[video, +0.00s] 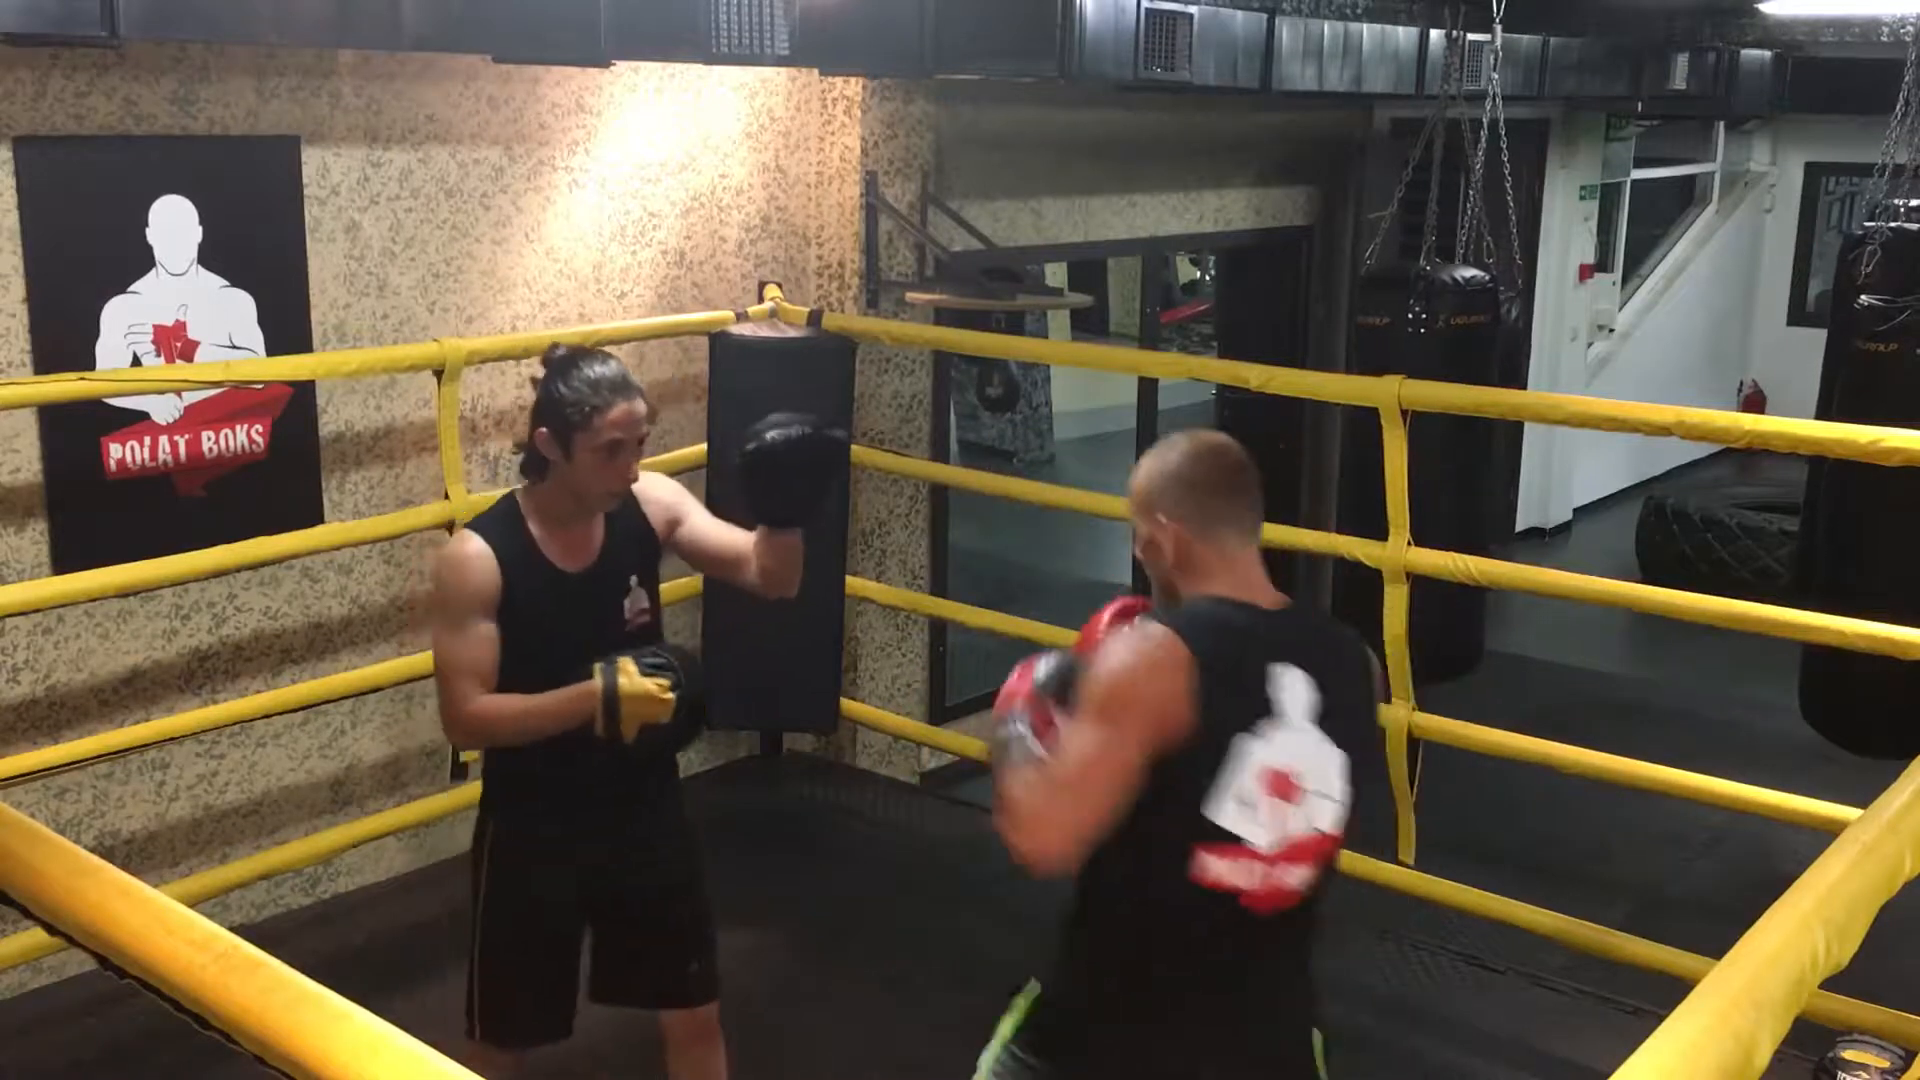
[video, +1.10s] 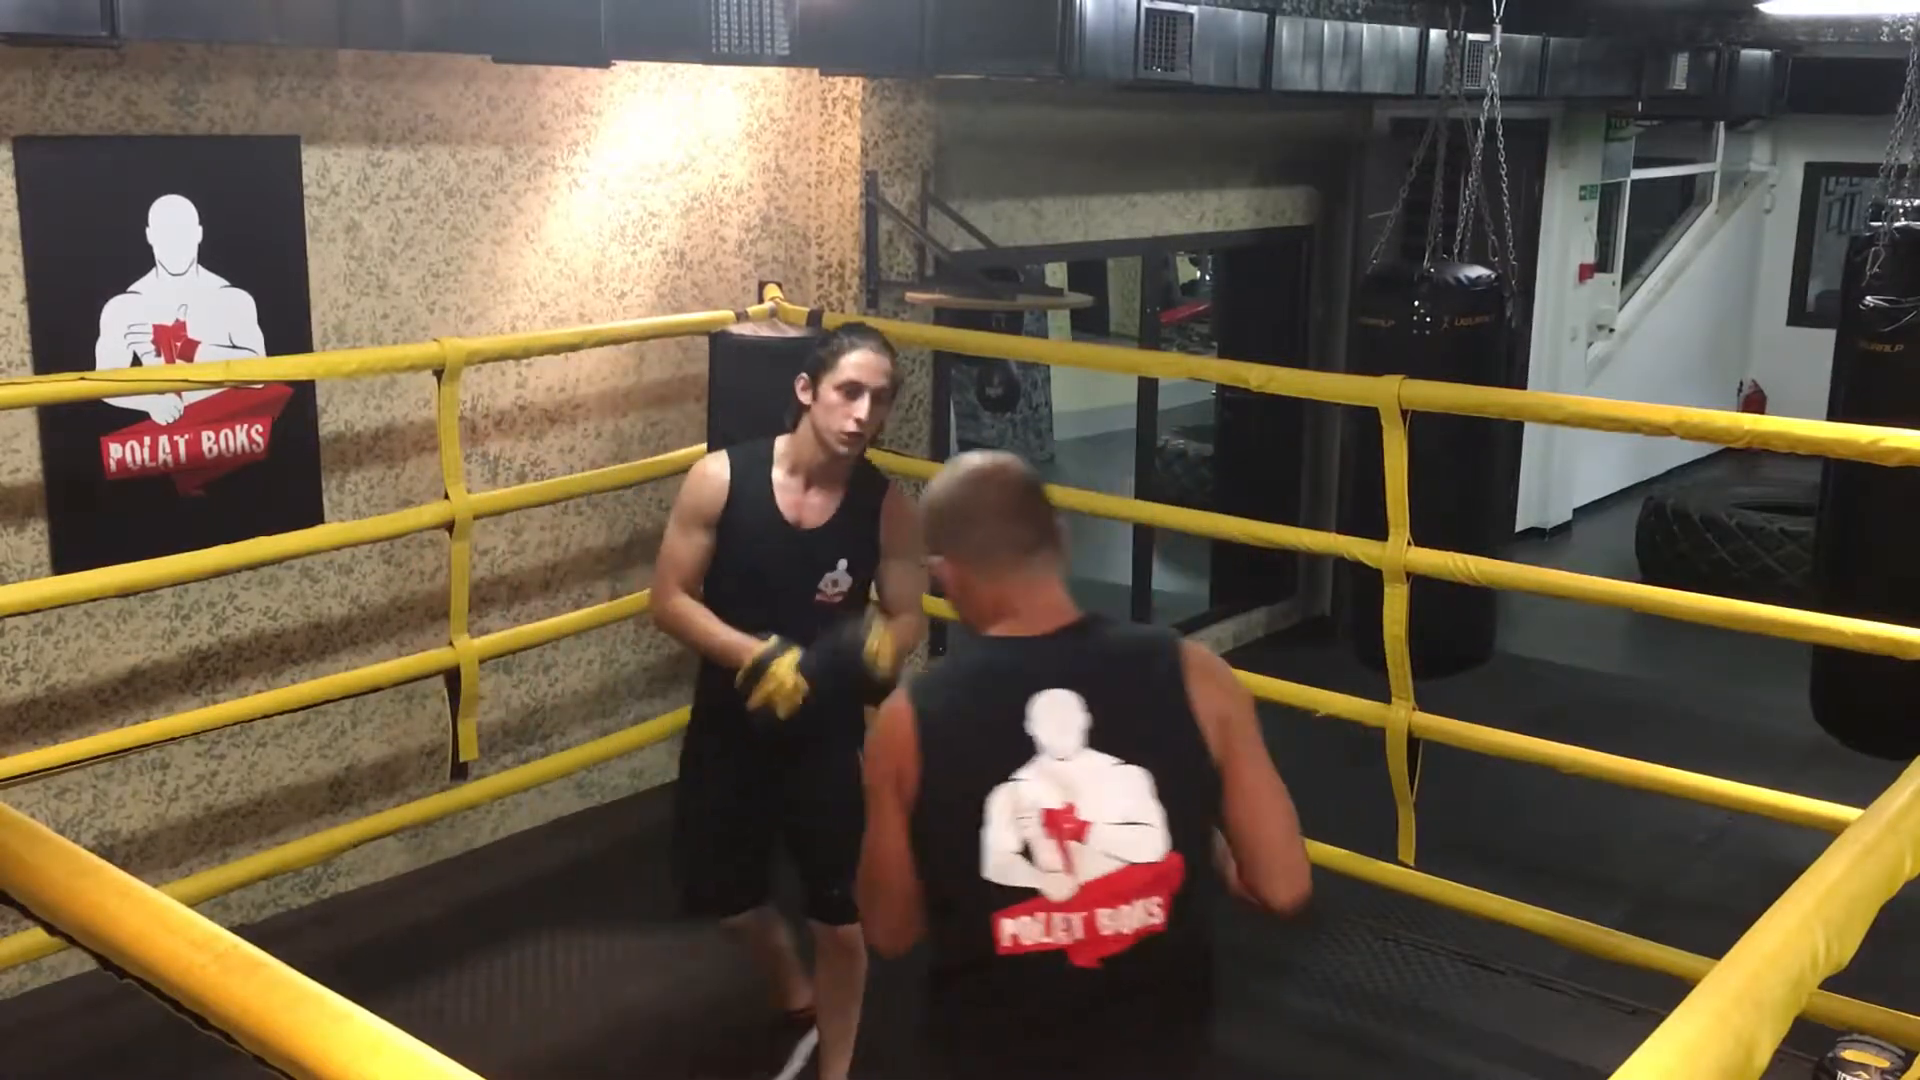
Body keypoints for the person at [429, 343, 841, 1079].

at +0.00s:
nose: (631, 467)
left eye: (638, 445)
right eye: (611, 451)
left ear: (645, 432)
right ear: (547, 444)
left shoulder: (653, 502)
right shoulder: (476, 560)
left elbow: (774, 575)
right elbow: (464, 718)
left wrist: (786, 493)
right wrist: (595, 697)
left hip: (646, 802)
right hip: (533, 817)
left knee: (694, 1012)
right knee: (503, 1039)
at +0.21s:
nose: (662, 457)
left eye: (671, 435)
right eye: (643, 437)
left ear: (680, 428)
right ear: (582, 431)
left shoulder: (697, 509)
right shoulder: (508, 542)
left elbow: (796, 602)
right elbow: (487, 698)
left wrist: (836, 543)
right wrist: (610, 694)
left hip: (658, 800)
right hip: (543, 808)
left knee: (701, 1016)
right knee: (500, 1026)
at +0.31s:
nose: (655, 450)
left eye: (663, 428)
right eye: (633, 430)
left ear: (670, 423)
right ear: (573, 427)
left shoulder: (688, 513)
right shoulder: (507, 548)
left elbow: (754, 597)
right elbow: (479, 702)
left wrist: (793, 619)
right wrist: (606, 697)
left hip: (663, 807)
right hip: (547, 816)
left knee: (705, 1016)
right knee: (502, 1025)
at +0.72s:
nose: (768, 450)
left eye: (775, 431)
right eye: (750, 430)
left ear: (780, 435)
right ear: (693, 429)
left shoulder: (760, 533)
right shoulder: (611, 539)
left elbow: (755, 634)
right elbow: (565, 686)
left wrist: (790, 684)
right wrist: (693, 730)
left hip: (726, 784)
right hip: (617, 793)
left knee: (802, 953)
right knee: (543, 1003)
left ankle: (828, 1071)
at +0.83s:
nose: (829, 444)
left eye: (837, 427)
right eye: (811, 425)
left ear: (841, 432)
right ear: (755, 422)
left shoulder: (818, 532)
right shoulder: (663, 519)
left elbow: (807, 631)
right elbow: (603, 652)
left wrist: (824, 678)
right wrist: (712, 716)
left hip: (767, 770)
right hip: (656, 770)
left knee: (815, 944)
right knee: (578, 962)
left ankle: (831, 1072)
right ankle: (539, 1073)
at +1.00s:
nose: (871, 427)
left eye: (882, 411)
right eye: (857, 406)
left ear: (887, 419)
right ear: (808, 399)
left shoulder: (872, 517)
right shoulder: (710, 485)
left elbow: (881, 636)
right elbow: (658, 609)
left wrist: (850, 682)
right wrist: (756, 679)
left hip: (811, 745)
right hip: (707, 739)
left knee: (831, 927)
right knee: (671, 918)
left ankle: (834, 1069)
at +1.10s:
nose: (863, 412)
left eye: (878, 398)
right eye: (849, 392)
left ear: (887, 408)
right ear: (807, 392)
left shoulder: (887, 506)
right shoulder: (719, 478)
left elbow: (906, 617)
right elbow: (669, 599)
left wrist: (871, 654)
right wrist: (756, 655)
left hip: (830, 730)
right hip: (730, 726)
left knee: (840, 922)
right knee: (735, 898)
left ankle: (836, 1071)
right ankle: (805, 1012)